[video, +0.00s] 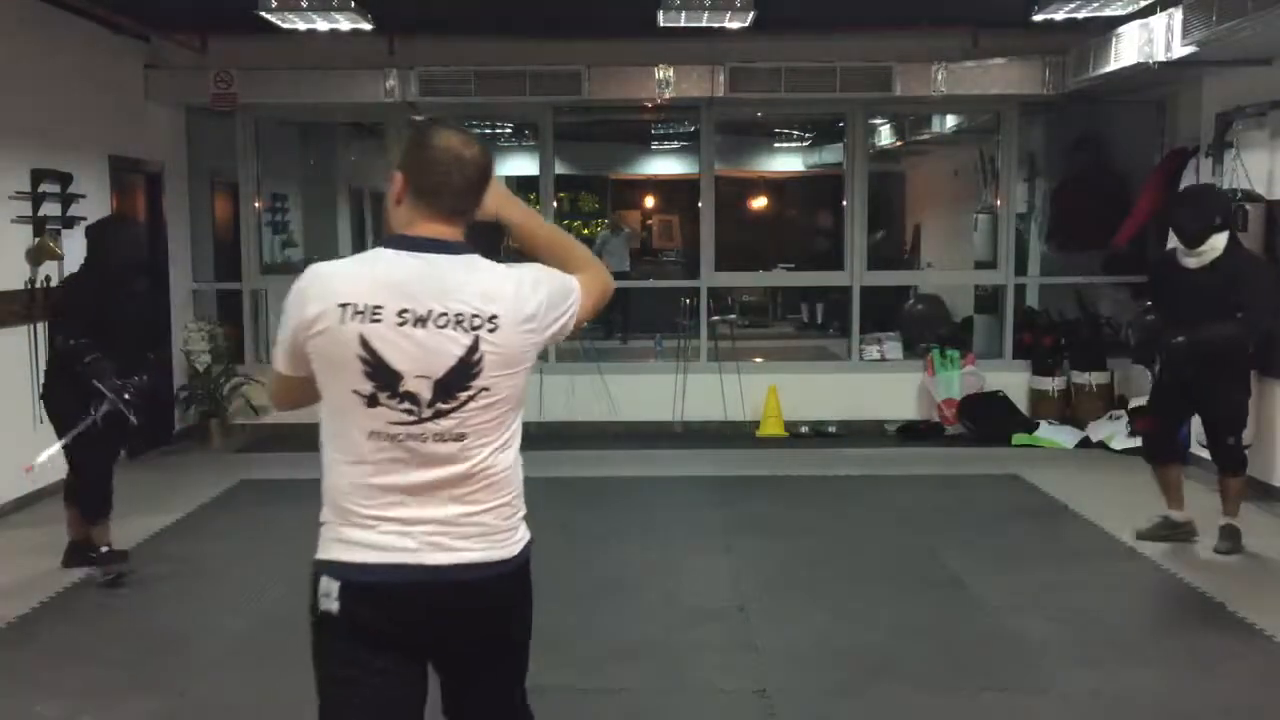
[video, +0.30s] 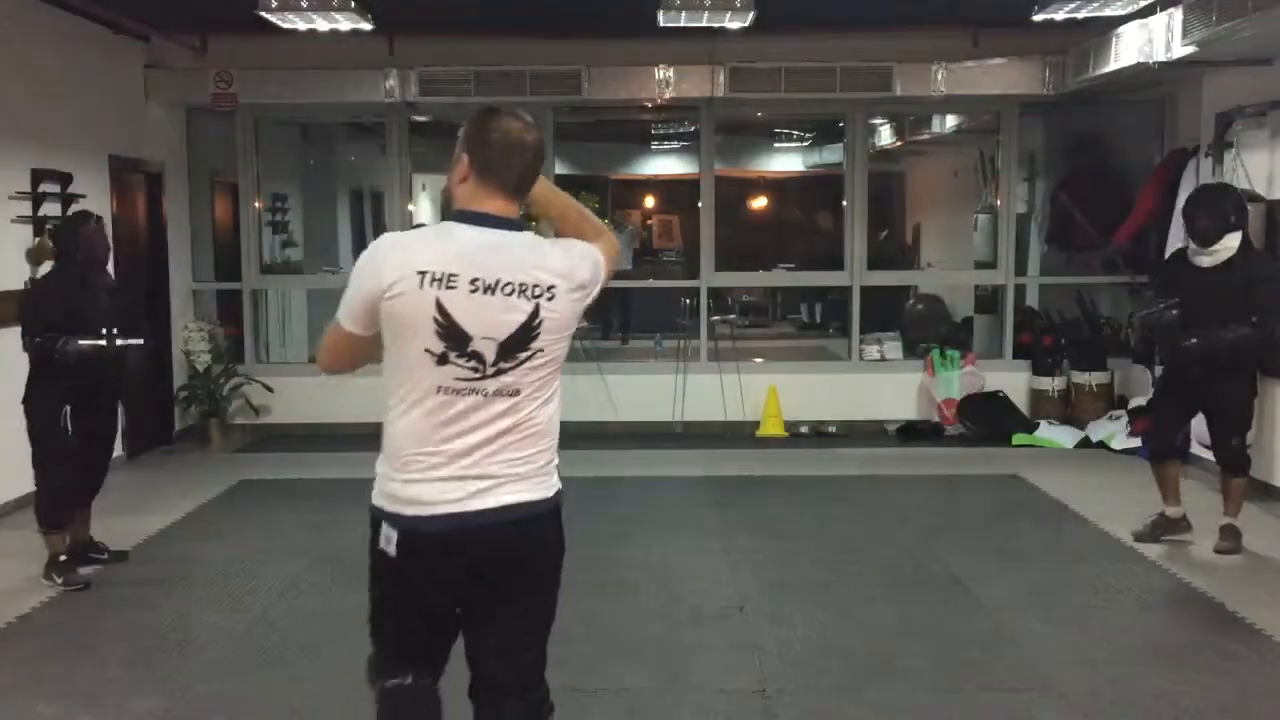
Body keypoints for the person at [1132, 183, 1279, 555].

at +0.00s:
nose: (1185, 238)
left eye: (1193, 230)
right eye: (1181, 229)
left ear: (1215, 226)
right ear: (1175, 225)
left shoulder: (1246, 268)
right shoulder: (1166, 266)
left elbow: (1257, 328)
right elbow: (1160, 314)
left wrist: (1197, 338)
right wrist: (1148, 332)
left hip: (1224, 373)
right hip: (1177, 369)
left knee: (1227, 447)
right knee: (1159, 438)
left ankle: (1229, 524)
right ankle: (1177, 518)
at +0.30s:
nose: (1195, 229)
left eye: (1204, 222)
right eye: (1192, 221)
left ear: (1229, 223)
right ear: (1188, 222)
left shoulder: (1255, 267)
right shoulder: (1175, 265)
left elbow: (1266, 331)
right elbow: (1157, 322)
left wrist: (1210, 342)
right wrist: (1153, 330)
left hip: (1231, 376)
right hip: (1181, 372)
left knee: (1230, 449)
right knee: (1161, 437)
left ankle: (1230, 524)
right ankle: (1173, 515)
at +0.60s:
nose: (1178, 230)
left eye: (1187, 222)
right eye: (1176, 222)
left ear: (1209, 223)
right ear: (1172, 223)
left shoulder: (1240, 270)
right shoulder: (1167, 264)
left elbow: (1250, 329)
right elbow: (1155, 311)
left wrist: (1201, 341)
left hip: (1218, 374)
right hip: (1170, 370)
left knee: (1224, 450)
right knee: (1147, 442)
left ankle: (1229, 524)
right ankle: (1129, 525)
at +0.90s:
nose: (1148, 233)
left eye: (1157, 225)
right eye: (1144, 223)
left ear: (1177, 224)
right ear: (1137, 223)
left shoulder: (1205, 270)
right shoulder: (1129, 266)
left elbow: (1213, 327)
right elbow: (1119, 318)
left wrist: (1161, 342)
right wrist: (1119, 342)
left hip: (1184, 372)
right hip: (1138, 370)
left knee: (1192, 449)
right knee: (1123, 444)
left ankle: (1222, 520)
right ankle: (1124, 526)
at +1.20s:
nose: (1124, 231)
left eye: (1130, 223)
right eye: (1120, 224)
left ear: (1149, 220)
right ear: (1116, 225)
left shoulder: (1182, 265)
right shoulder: (1111, 266)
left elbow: (1184, 323)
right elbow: (1096, 319)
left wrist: (1137, 347)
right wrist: (1094, 350)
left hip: (1162, 377)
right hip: (1118, 375)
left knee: (1160, 457)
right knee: (1120, 452)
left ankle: (1172, 535)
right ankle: (1124, 528)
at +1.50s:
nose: (1126, 226)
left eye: (1132, 218)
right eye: (1123, 219)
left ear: (1150, 218)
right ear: (1120, 221)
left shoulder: (1180, 263)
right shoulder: (1113, 263)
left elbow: (1178, 325)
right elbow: (1097, 315)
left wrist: (1131, 349)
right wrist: (1091, 346)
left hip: (1160, 375)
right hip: (1117, 373)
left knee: (1161, 456)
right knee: (1120, 451)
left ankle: (1169, 536)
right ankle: (1124, 528)